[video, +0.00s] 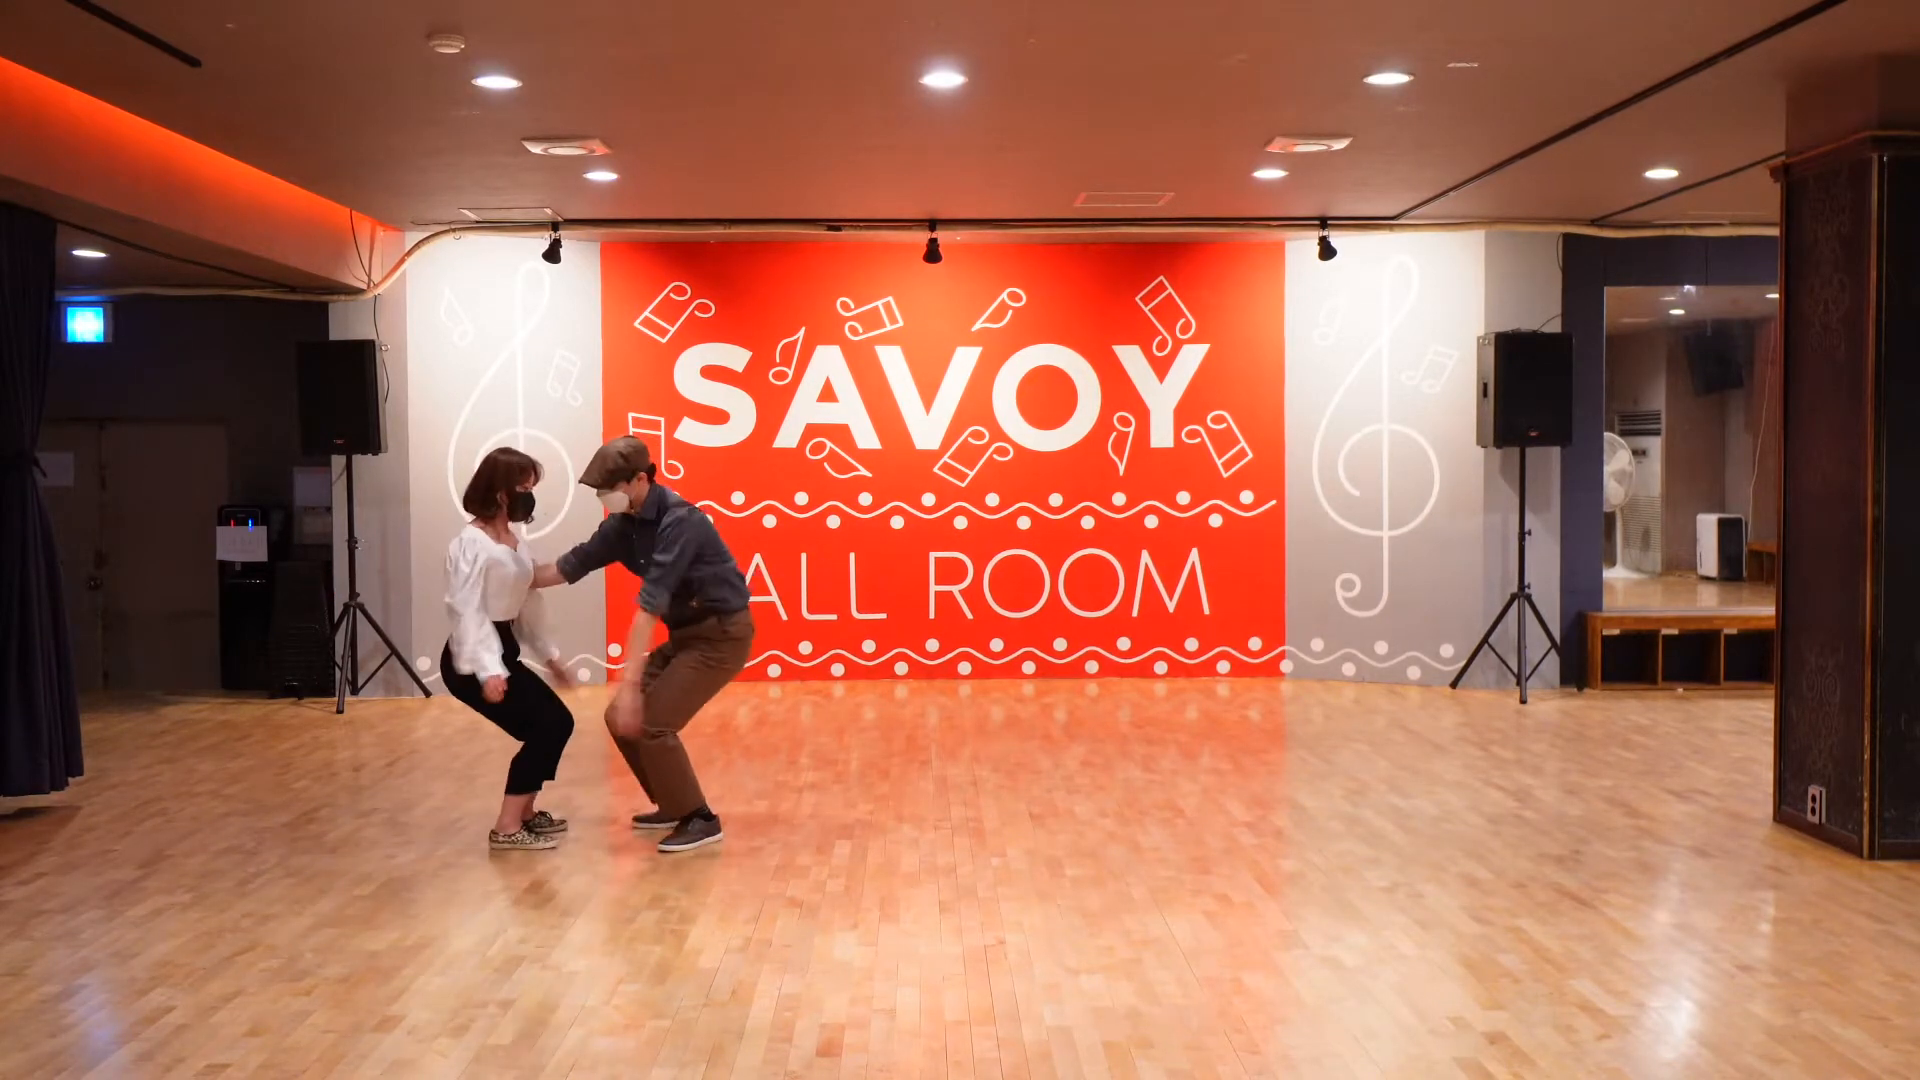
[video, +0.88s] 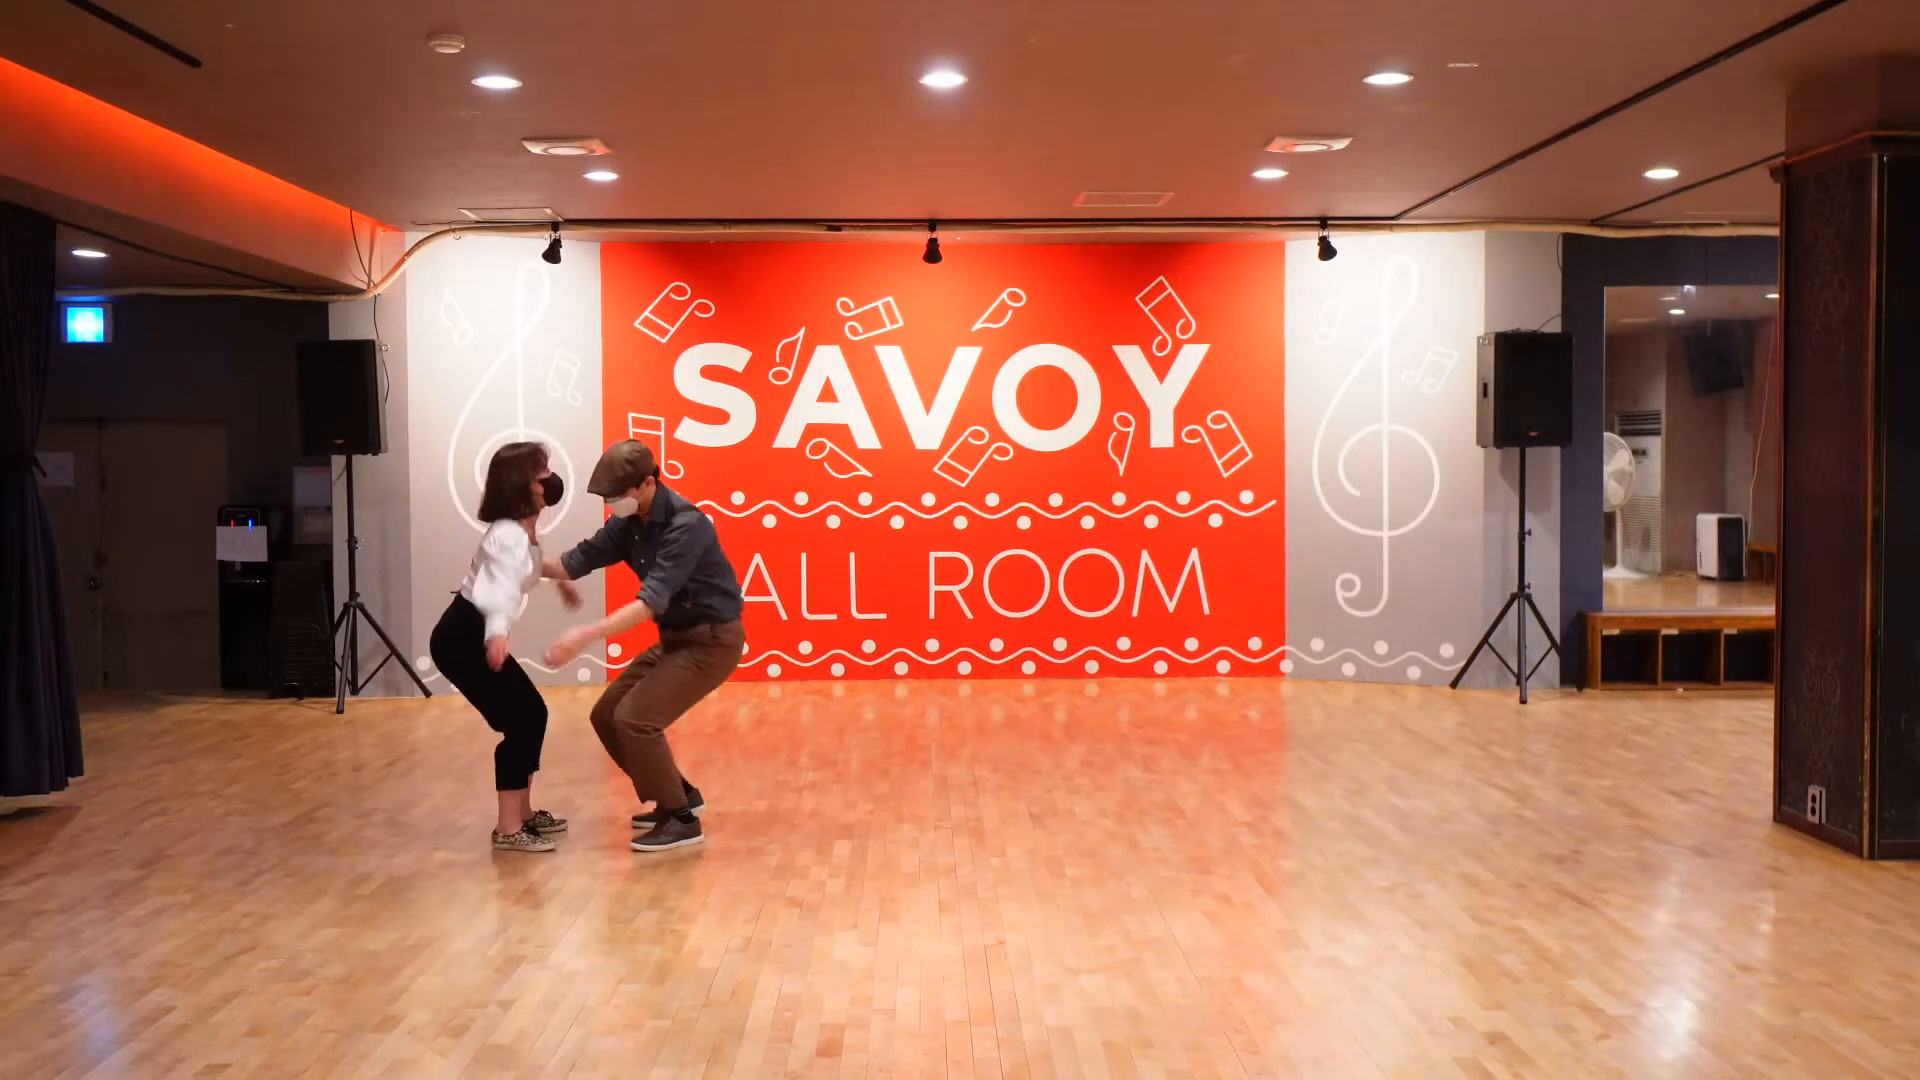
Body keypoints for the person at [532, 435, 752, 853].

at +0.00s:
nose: (603, 500)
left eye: (609, 490)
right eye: (600, 492)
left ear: (638, 481)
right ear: (626, 485)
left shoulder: (680, 521)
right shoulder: (622, 526)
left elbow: (650, 609)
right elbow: (564, 569)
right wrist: (503, 575)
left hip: (722, 636)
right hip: (686, 637)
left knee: (650, 723)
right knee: (621, 716)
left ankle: (700, 818)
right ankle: (675, 806)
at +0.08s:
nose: (601, 492)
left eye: (607, 483)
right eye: (598, 484)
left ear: (635, 477)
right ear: (624, 480)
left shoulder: (678, 521)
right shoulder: (619, 517)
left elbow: (691, 609)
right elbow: (566, 564)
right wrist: (506, 576)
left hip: (717, 625)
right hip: (682, 624)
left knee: (641, 711)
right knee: (620, 710)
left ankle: (693, 810)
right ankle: (673, 804)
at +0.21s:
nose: (594, 483)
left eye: (599, 473)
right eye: (591, 475)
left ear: (629, 466)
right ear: (619, 470)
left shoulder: (680, 508)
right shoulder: (612, 508)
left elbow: (734, 576)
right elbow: (565, 555)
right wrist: (512, 568)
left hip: (714, 614)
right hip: (676, 617)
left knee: (642, 694)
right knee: (624, 707)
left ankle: (649, 805)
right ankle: (682, 796)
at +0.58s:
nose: (601, 500)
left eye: (606, 491)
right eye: (598, 492)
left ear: (635, 478)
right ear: (622, 482)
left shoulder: (687, 519)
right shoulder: (616, 520)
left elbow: (722, 597)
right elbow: (567, 567)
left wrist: (746, 664)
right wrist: (506, 572)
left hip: (704, 637)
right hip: (668, 638)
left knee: (629, 708)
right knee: (608, 720)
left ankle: (681, 807)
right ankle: (673, 801)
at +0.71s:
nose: (604, 507)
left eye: (610, 497)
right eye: (601, 498)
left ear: (640, 486)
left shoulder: (689, 527)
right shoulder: (622, 527)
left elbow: (689, 616)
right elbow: (566, 573)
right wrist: (496, 572)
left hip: (707, 643)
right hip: (670, 640)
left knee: (620, 722)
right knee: (603, 722)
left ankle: (679, 819)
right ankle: (676, 796)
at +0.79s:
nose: (606, 509)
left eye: (613, 499)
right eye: (603, 500)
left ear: (643, 488)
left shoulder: (689, 528)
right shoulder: (625, 527)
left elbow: (663, 612)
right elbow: (568, 570)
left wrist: (615, 673)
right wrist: (503, 566)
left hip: (709, 646)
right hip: (673, 643)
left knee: (622, 723)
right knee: (604, 722)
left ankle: (679, 818)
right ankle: (678, 796)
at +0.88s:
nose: (610, 507)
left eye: (615, 498)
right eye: (606, 498)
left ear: (644, 486)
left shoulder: (687, 525)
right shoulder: (629, 523)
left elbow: (649, 605)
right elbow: (570, 565)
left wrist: (580, 638)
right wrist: (524, 559)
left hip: (713, 642)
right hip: (674, 641)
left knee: (633, 718)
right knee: (606, 716)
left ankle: (680, 819)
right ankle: (678, 795)